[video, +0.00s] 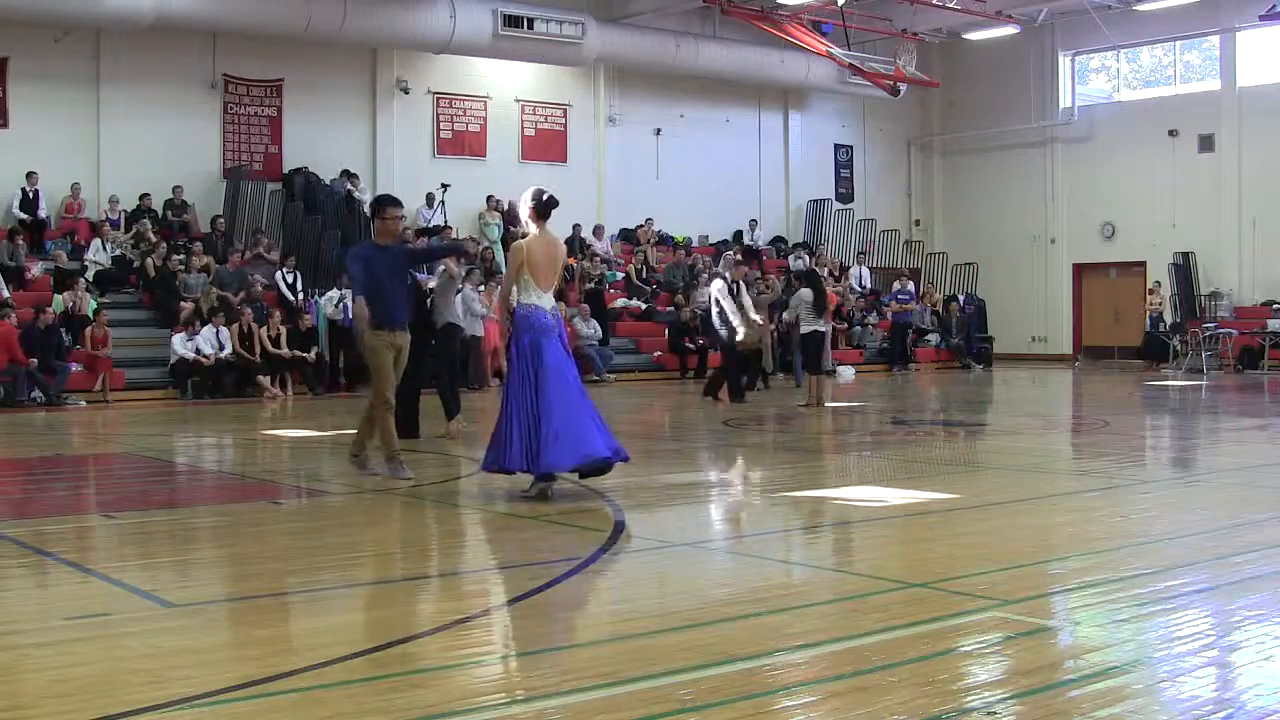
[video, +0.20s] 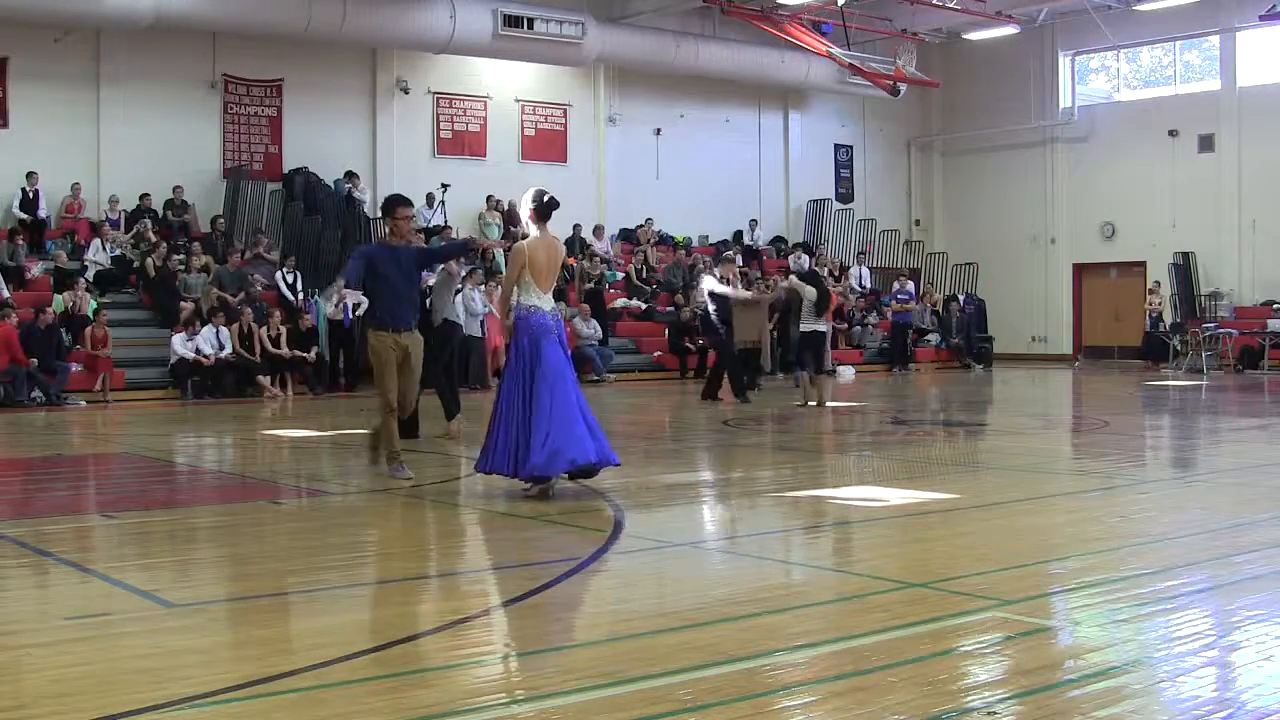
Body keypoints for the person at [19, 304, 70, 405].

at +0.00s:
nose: (52, 317)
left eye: (52, 314)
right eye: (49, 314)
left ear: (54, 316)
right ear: (41, 316)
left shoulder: (54, 329)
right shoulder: (29, 329)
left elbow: (60, 348)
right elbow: (25, 347)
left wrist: (61, 361)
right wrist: (29, 358)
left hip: (50, 360)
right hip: (35, 361)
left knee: (65, 368)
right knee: (31, 371)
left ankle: (53, 394)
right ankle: (51, 394)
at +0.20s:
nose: (52, 316)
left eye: (52, 314)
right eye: (49, 314)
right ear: (41, 316)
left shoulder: (54, 329)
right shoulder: (28, 328)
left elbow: (60, 348)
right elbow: (24, 345)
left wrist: (61, 361)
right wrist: (28, 358)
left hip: (49, 360)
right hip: (34, 361)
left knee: (64, 368)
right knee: (31, 370)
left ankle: (55, 393)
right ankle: (51, 393)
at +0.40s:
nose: (52, 317)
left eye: (52, 314)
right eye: (49, 314)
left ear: (54, 315)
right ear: (41, 316)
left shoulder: (54, 329)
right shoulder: (28, 328)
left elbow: (60, 348)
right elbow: (24, 346)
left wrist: (61, 361)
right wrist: (28, 359)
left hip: (49, 360)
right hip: (34, 361)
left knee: (65, 367)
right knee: (31, 371)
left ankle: (54, 394)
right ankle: (51, 393)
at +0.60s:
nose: (52, 317)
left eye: (52, 314)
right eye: (49, 314)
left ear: (54, 315)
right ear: (41, 316)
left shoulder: (54, 329)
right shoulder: (28, 328)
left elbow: (60, 348)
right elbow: (24, 346)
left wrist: (61, 361)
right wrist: (28, 359)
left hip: (49, 360)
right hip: (34, 361)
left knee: (64, 367)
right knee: (31, 371)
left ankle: (54, 393)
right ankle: (51, 394)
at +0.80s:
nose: (53, 317)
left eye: (53, 314)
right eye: (50, 314)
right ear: (41, 316)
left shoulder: (54, 328)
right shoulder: (29, 327)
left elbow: (60, 347)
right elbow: (24, 344)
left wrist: (61, 359)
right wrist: (29, 358)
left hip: (50, 360)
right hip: (35, 361)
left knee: (64, 367)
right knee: (31, 371)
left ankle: (55, 394)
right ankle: (50, 394)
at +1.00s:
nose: (53, 317)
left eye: (53, 314)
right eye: (50, 314)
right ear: (41, 316)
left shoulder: (54, 328)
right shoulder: (29, 328)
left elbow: (60, 347)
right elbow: (24, 344)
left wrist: (61, 359)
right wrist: (29, 358)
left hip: (50, 360)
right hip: (35, 361)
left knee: (64, 367)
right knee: (31, 371)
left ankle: (55, 394)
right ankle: (50, 394)